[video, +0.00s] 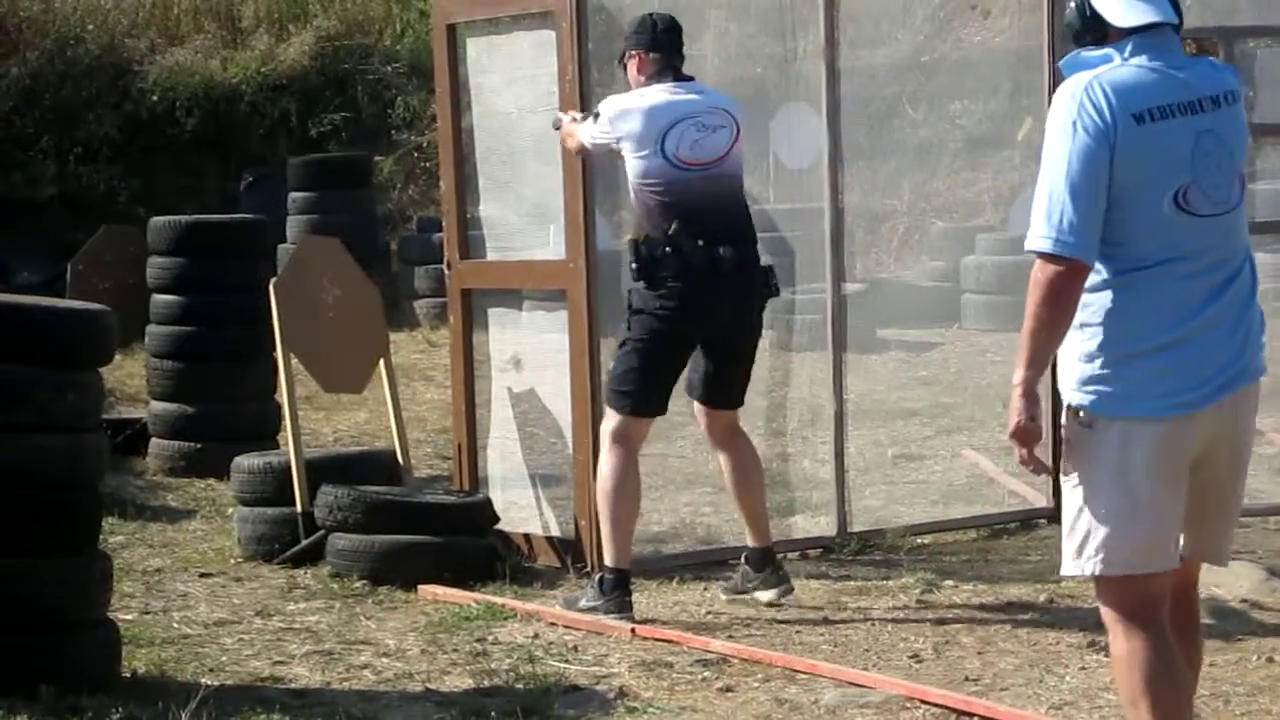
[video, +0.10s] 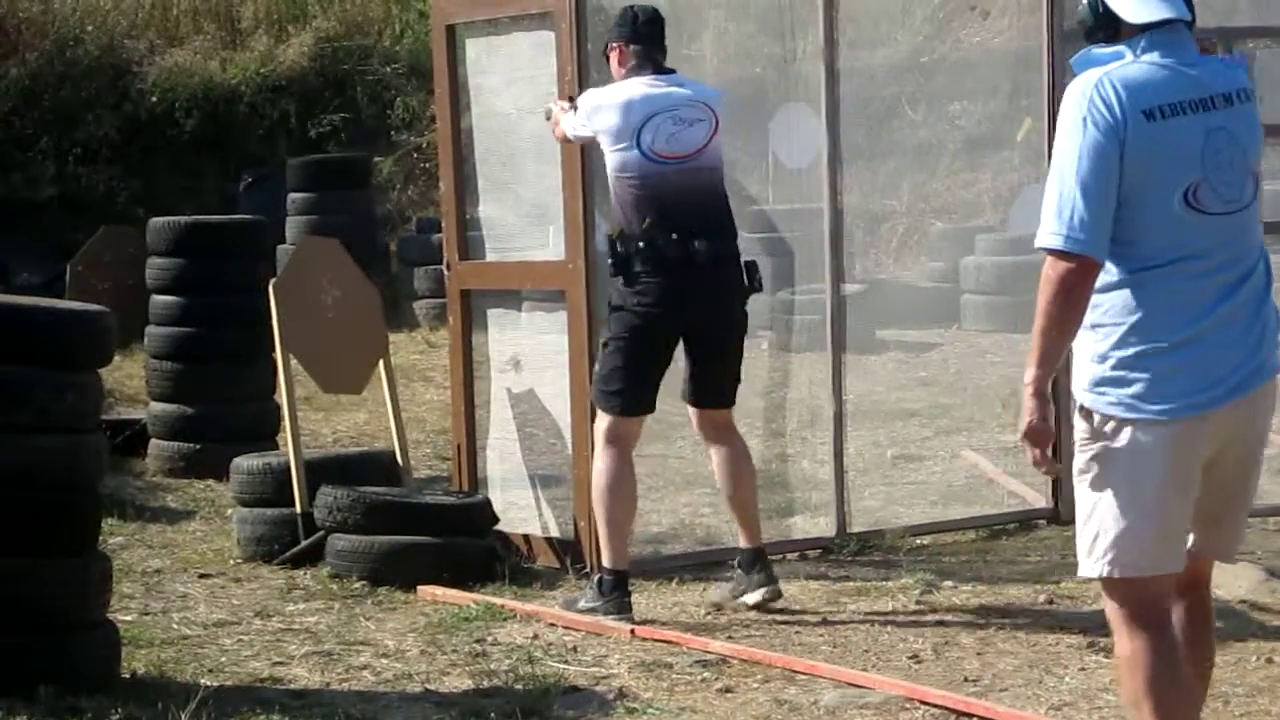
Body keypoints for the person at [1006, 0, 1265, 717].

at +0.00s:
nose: (1077, 23)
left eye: (1081, 15)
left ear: (1095, 16)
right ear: (1173, 14)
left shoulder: (1090, 93)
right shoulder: (1223, 85)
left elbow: (1062, 264)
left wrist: (1025, 385)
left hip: (1128, 391)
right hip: (1228, 377)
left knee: (1133, 615)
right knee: (1179, 596)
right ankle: (1174, 714)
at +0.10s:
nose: (1089, 22)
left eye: (1094, 15)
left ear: (1108, 15)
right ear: (1187, 13)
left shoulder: (1100, 89)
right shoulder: (1233, 81)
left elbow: (1073, 261)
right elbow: (1231, 210)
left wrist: (1036, 382)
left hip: (1140, 390)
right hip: (1246, 373)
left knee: (1137, 614)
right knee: (1191, 590)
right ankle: (1182, 710)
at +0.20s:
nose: (1107, 17)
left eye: (1112, 13)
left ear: (1125, 13)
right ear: (1204, 12)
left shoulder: (1118, 89)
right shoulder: (1254, 82)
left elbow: (1089, 258)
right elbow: (1262, 218)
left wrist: (1055, 382)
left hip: (1155, 393)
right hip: (1257, 379)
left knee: (1143, 609)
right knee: (1209, 573)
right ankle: (1220, 713)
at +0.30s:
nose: (1125, 16)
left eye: (1130, 10)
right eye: (1128, 12)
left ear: (1146, 11)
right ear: (1226, 12)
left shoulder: (1144, 87)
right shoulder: (1268, 75)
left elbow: (1115, 255)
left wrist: (1078, 382)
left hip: (1173, 395)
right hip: (1269, 384)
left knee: (1157, 613)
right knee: (1242, 576)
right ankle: (1278, 695)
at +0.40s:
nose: (1153, 25)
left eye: (1157, 17)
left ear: (1174, 14)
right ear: (1249, 13)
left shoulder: (1172, 89)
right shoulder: (1272, 73)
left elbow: (1145, 260)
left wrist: (1111, 389)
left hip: (1202, 399)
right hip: (1274, 391)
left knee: (1166, 617)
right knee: (1267, 583)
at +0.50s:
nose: (1185, 16)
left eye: (1191, 12)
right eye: (1192, 12)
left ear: (1210, 10)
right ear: (1265, 12)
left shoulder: (1205, 91)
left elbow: (1183, 267)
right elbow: (1183, 267)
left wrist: (1149, 392)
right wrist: (1154, 394)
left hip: (1229, 402)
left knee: (1178, 612)